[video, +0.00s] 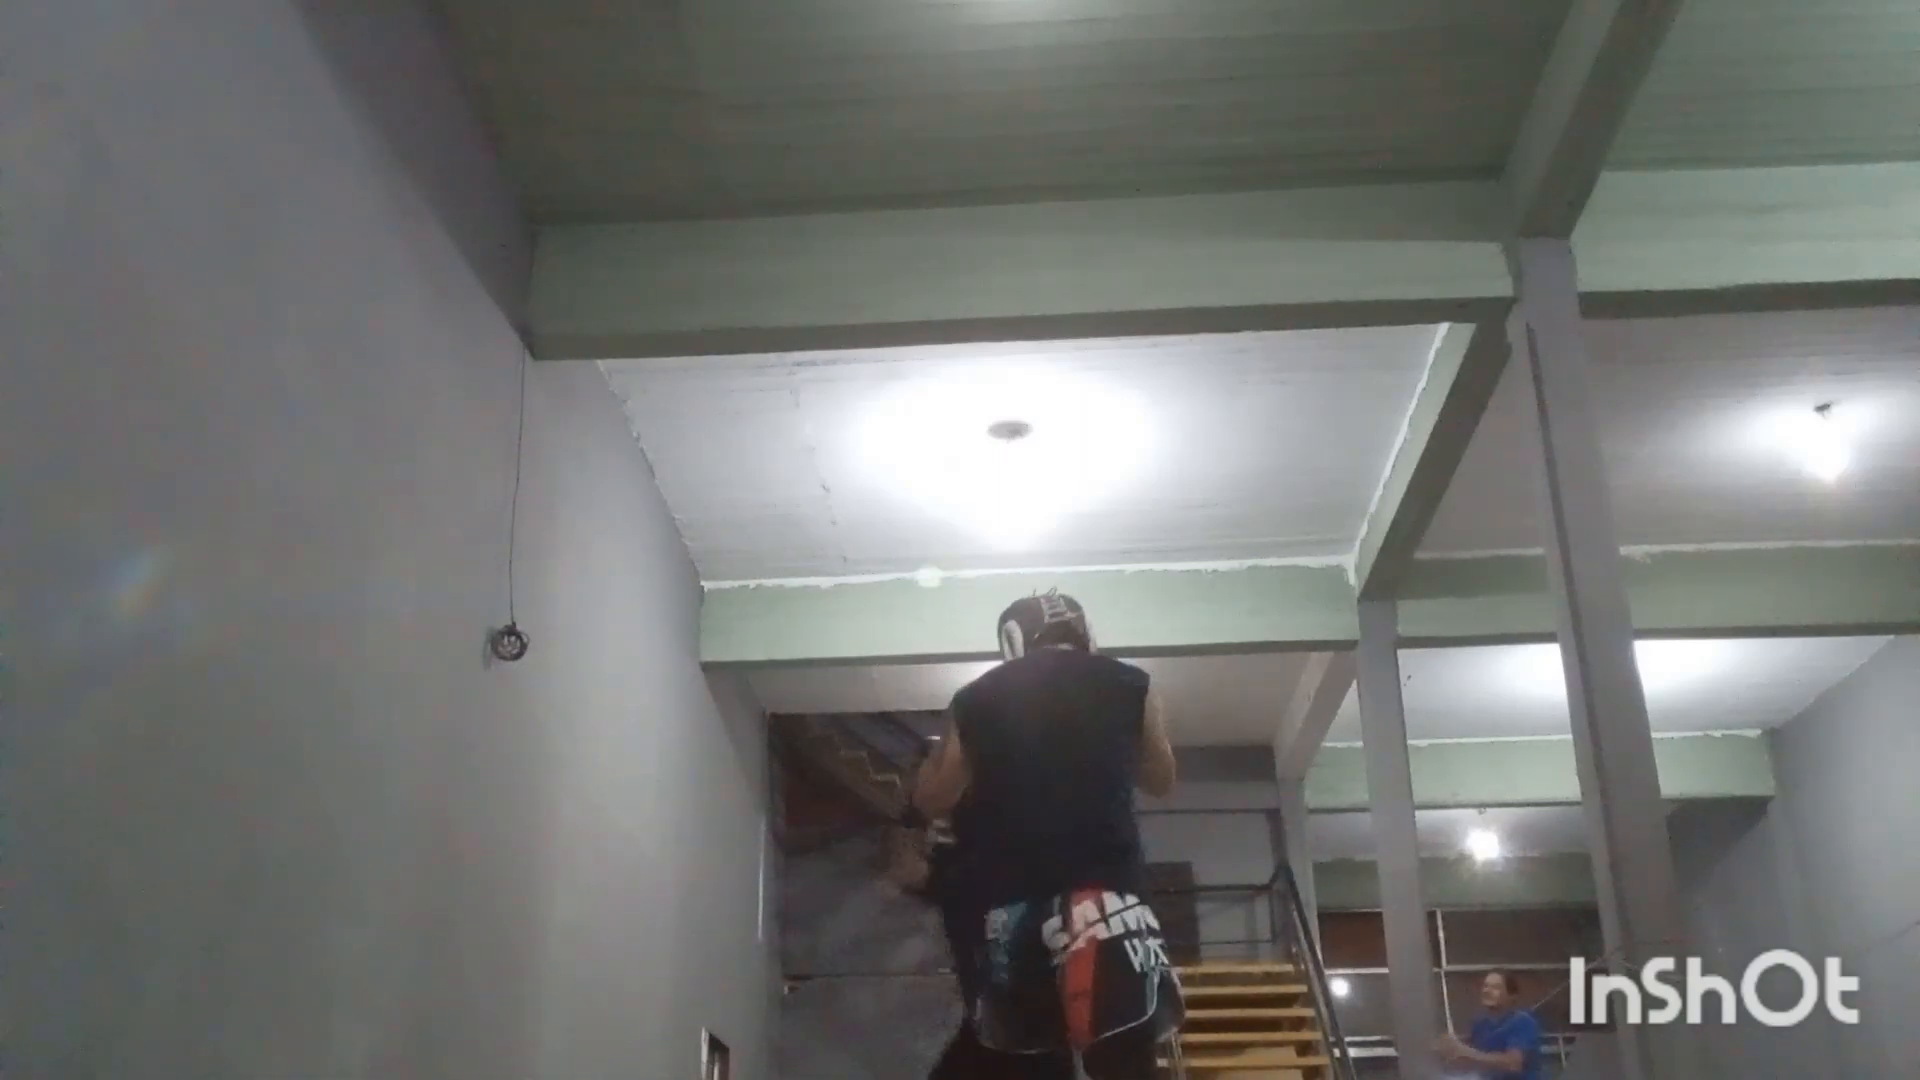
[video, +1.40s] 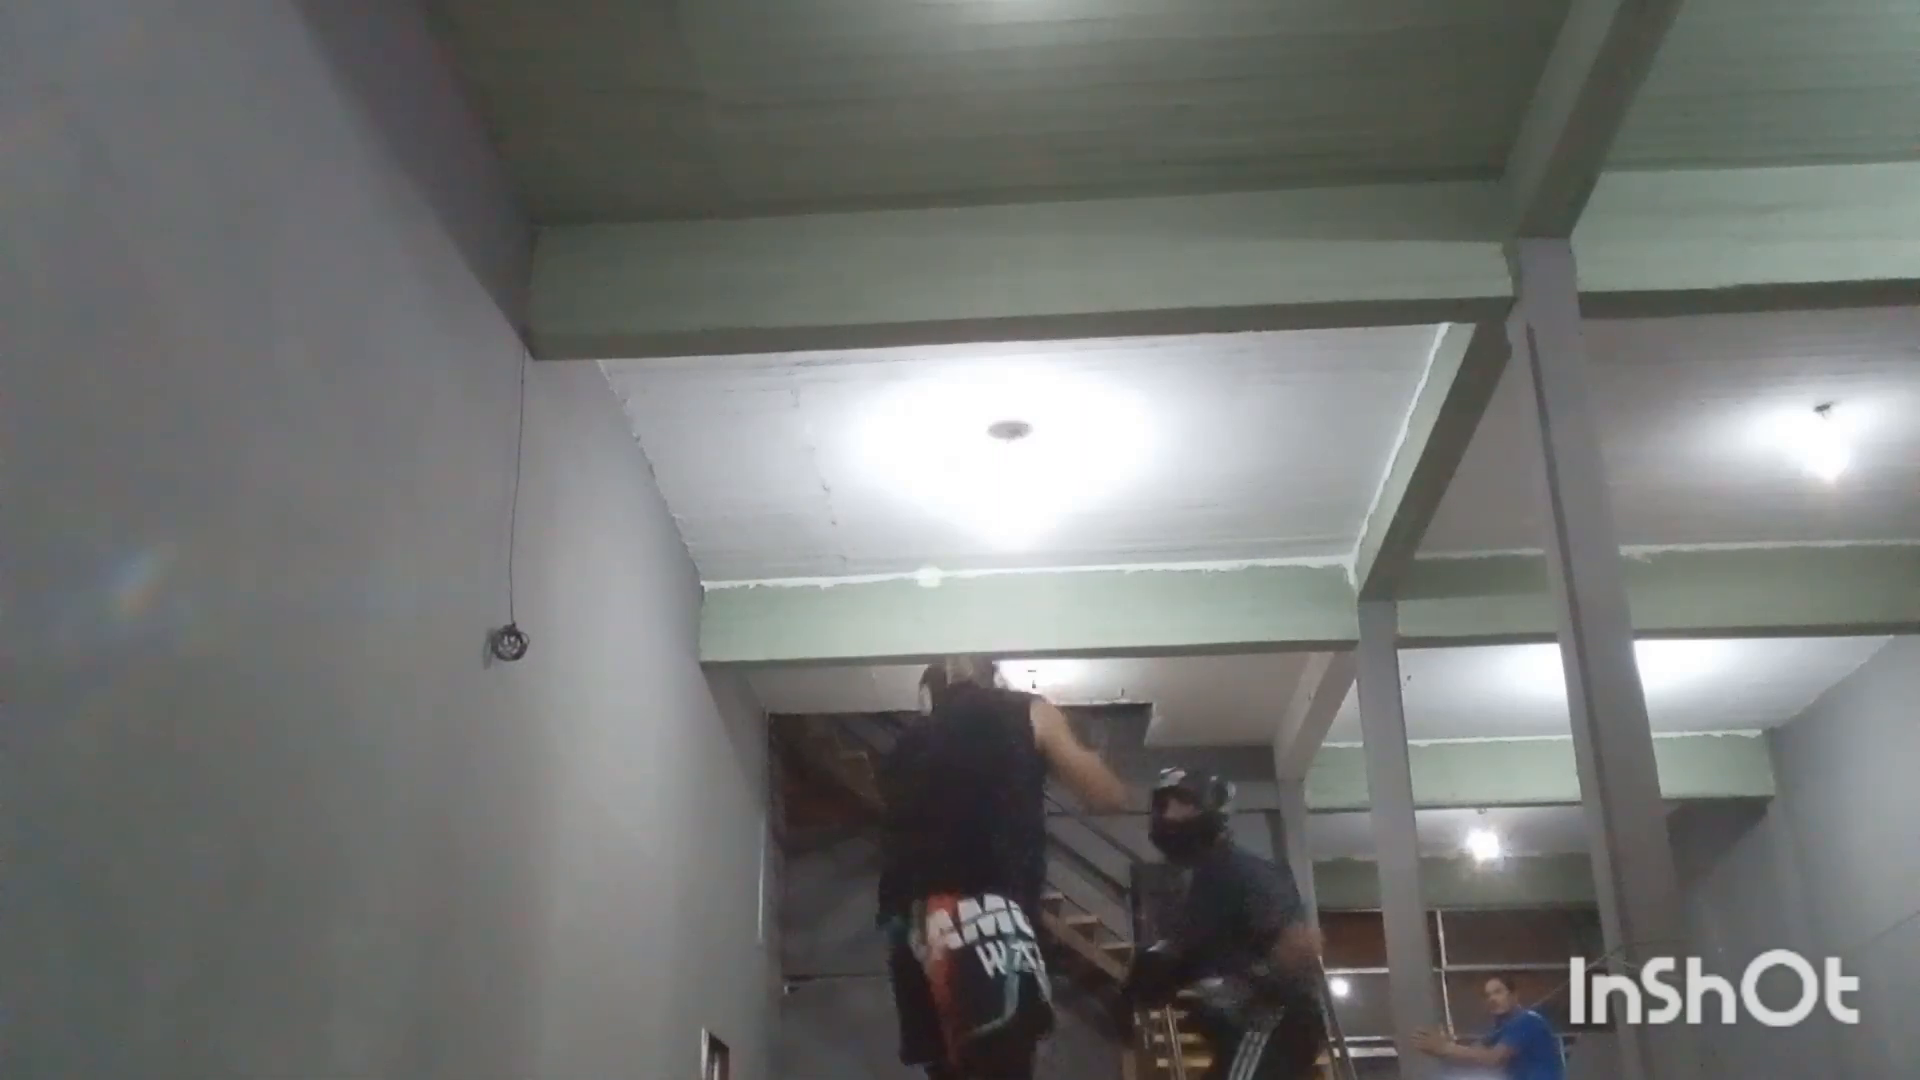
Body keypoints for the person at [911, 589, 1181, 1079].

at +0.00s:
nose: (1009, 648)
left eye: (1009, 641)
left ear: (1017, 642)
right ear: (1083, 636)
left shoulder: (977, 698)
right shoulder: (1127, 681)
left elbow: (934, 798)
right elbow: (1161, 779)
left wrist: (939, 757)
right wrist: (1106, 739)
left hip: (1012, 904)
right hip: (1112, 896)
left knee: (1029, 1059)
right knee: (1126, 1060)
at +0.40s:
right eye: (1080, 650)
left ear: (1005, 654)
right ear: (1072, 649)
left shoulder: (962, 709)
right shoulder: (1108, 694)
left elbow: (914, 800)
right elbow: (1148, 793)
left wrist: (981, 789)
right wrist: (1130, 735)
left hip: (980, 923)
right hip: (1073, 920)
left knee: (1000, 1067)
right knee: (1074, 1068)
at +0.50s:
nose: (1086, 660)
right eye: (1082, 653)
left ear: (1007, 659)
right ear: (1073, 654)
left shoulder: (961, 711)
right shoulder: (1108, 701)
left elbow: (908, 800)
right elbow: (1146, 799)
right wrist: (1134, 741)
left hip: (973, 915)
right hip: (1066, 913)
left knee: (999, 1062)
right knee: (1060, 1061)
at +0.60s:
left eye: (994, 663)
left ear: (1004, 662)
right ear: (1070, 657)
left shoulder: (957, 714)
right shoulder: (1109, 706)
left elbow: (953, 812)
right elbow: (1136, 798)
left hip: (972, 893)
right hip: (1066, 894)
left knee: (991, 1055)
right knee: (1060, 1051)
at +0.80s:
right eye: (1069, 663)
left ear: (995, 671)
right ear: (1059, 660)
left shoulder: (962, 712)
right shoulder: (1091, 698)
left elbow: (947, 810)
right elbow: (1149, 784)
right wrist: (1117, 734)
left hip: (957, 912)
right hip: (1043, 907)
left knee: (988, 1062)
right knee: (1051, 1061)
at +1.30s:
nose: (1029, 669)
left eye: (1027, 663)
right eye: (1026, 661)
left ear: (953, 672)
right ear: (1012, 661)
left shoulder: (912, 726)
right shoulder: (1047, 701)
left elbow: (903, 831)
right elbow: (1116, 794)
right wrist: (1105, 754)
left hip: (925, 906)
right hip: (1016, 903)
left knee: (952, 1062)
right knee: (1019, 1063)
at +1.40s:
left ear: (933, 688)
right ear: (991, 673)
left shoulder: (911, 737)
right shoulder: (1030, 713)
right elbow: (1107, 794)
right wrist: (1084, 752)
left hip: (910, 929)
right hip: (998, 923)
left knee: (940, 1065)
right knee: (1002, 1066)